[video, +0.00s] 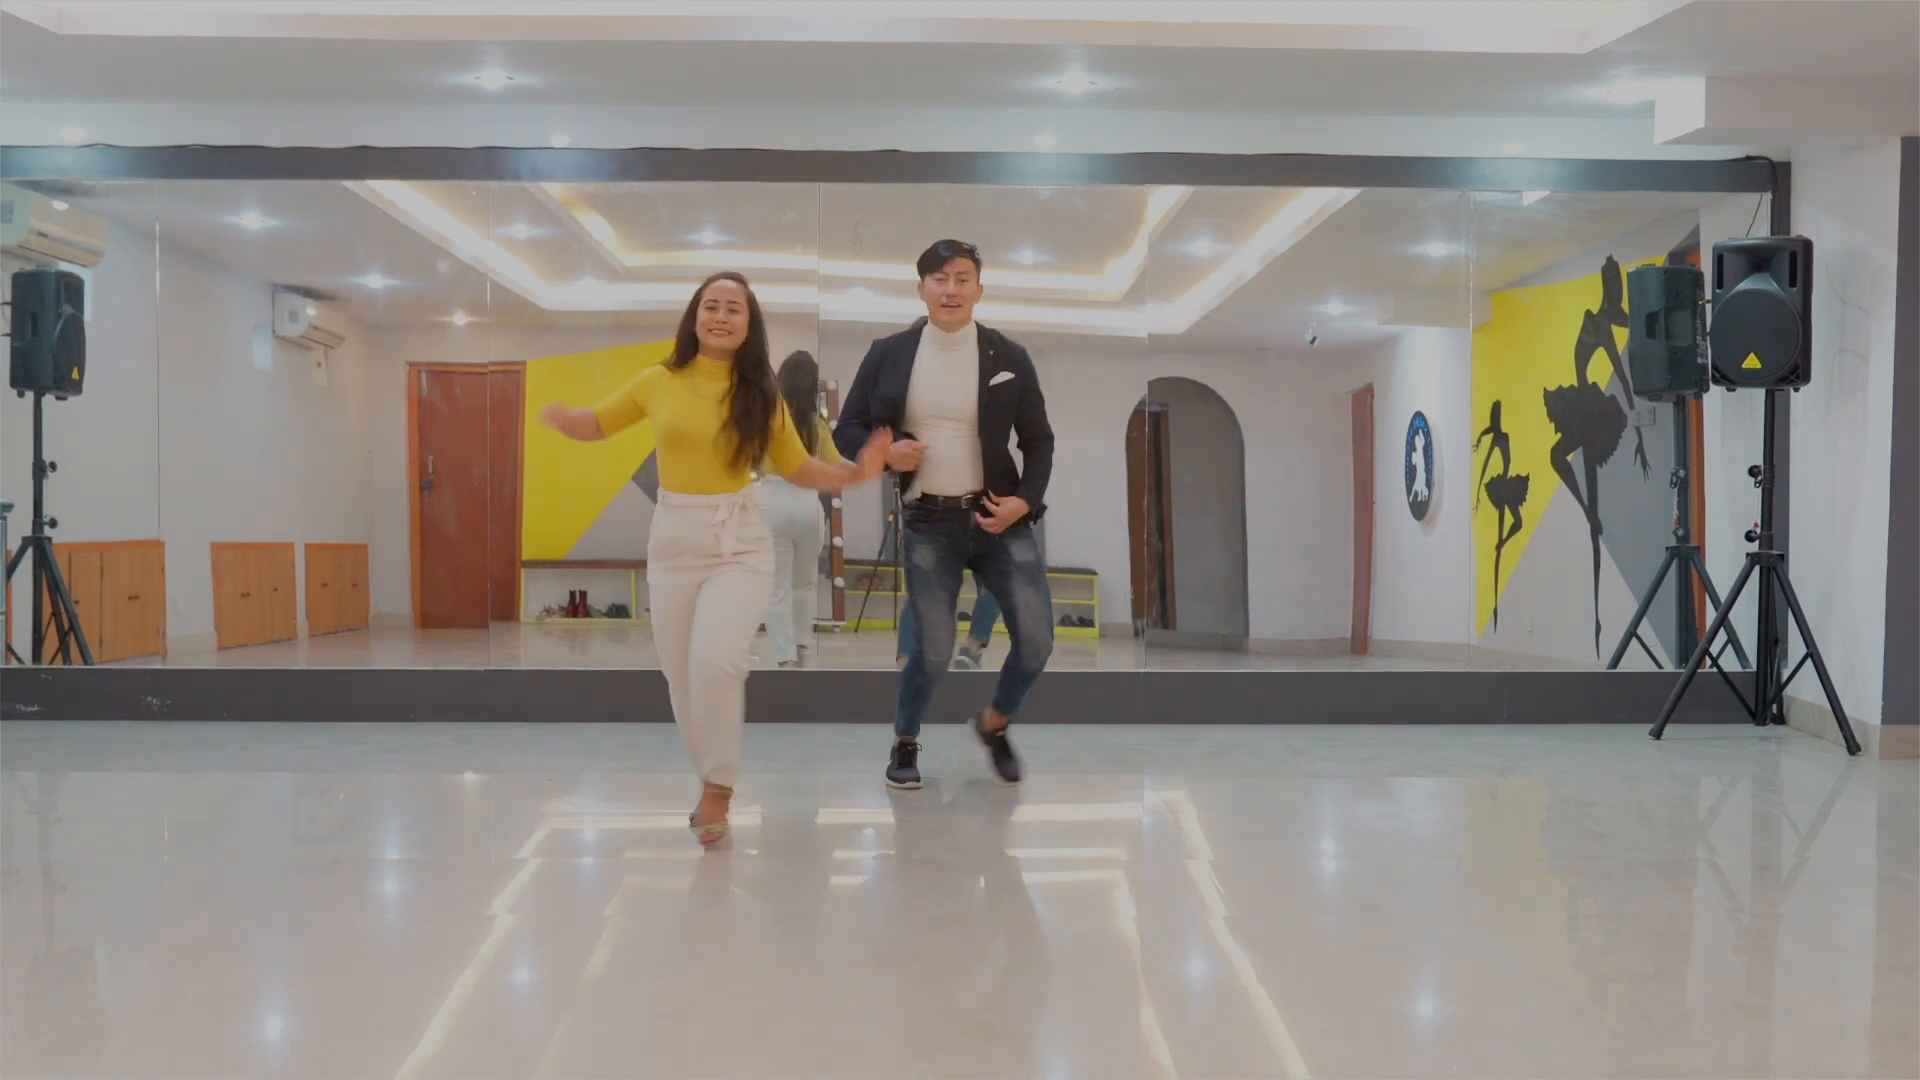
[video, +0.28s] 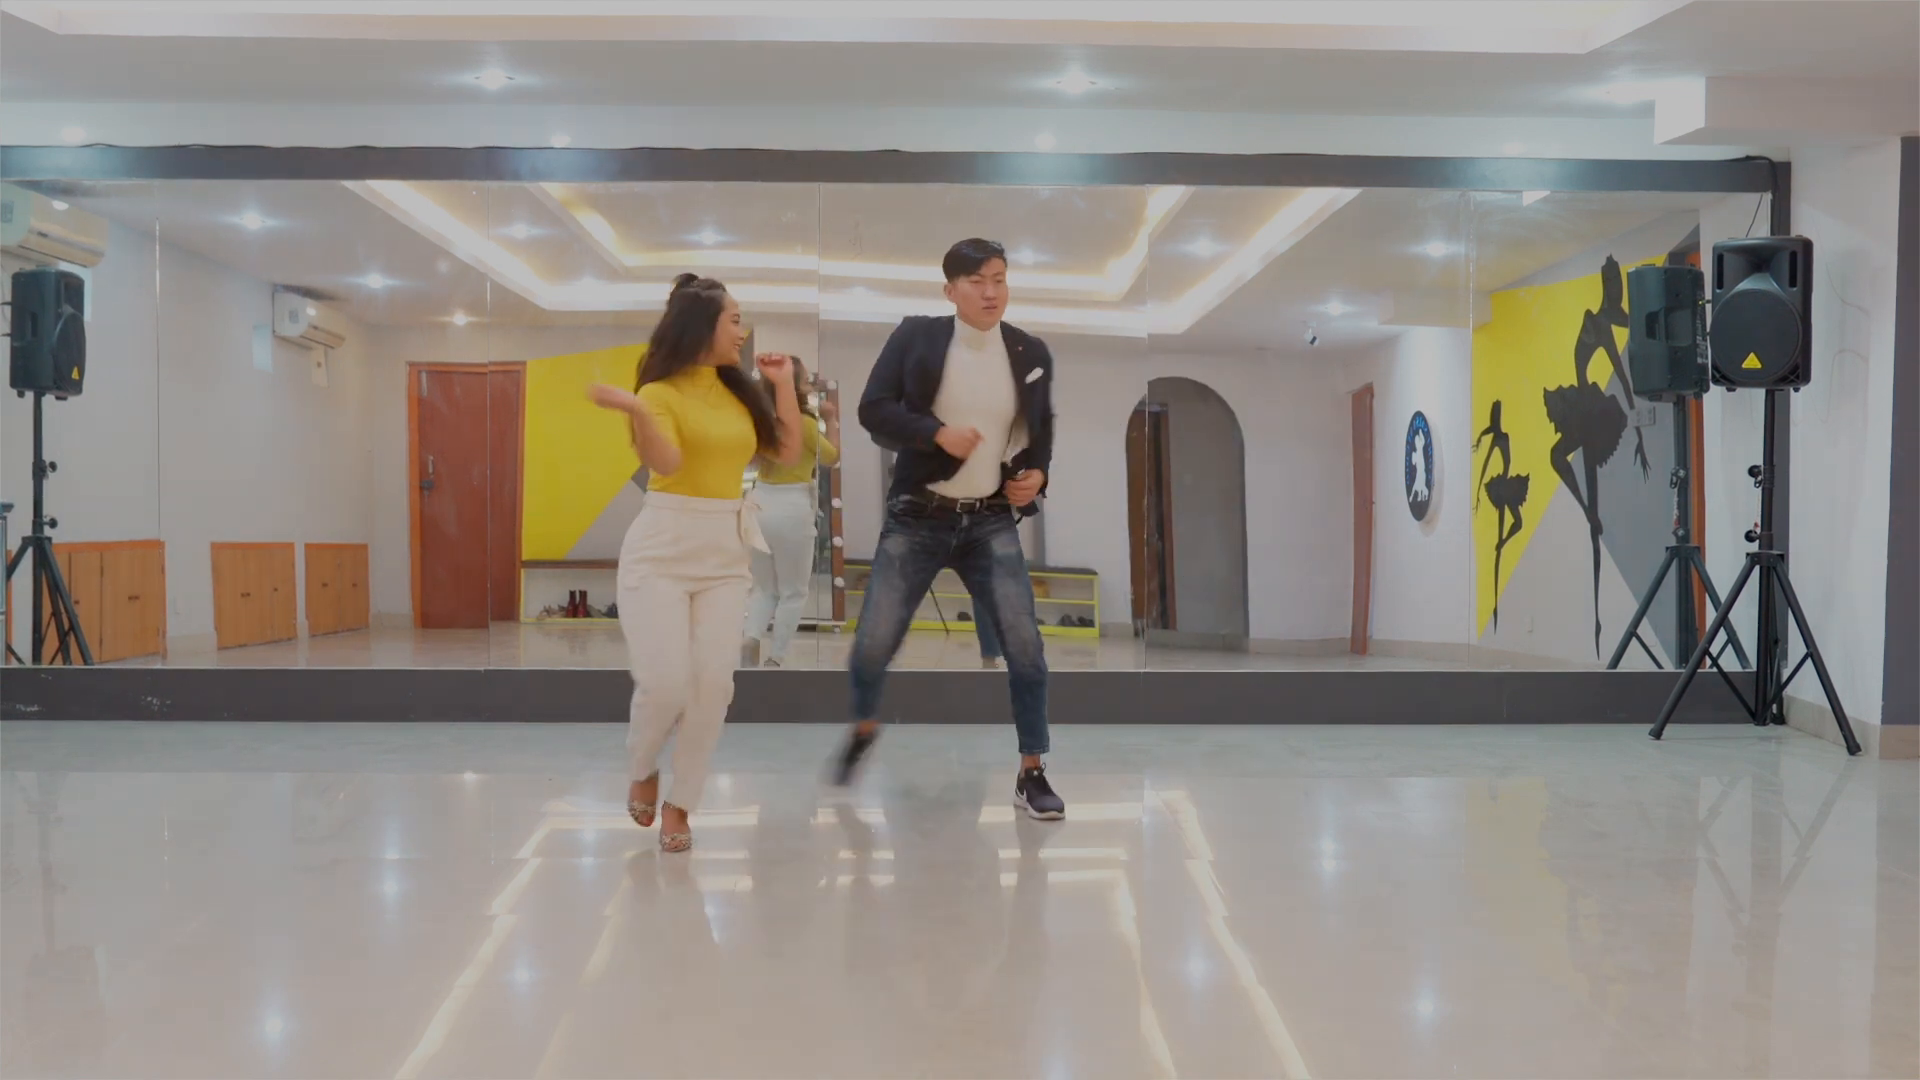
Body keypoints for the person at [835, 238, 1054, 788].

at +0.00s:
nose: (951, 289)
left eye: (962, 278)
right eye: (940, 279)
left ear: (979, 288)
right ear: (922, 288)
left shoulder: (1009, 358)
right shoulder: (887, 355)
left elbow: (1039, 439)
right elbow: (847, 430)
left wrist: (1026, 499)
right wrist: (883, 452)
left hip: (1001, 517)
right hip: (929, 520)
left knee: (1036, 643)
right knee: (934, 652)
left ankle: (994, 725)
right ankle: (906, 742)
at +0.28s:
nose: (991, 292)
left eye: (998, 281)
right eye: (977, 281)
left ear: (1008, 285)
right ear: (951, 288)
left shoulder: (1030, 354)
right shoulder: (915, 336)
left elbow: (1042, 430)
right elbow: (873, 409)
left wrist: (1035, 473)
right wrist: (934, 433)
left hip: (992, 520)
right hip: (917, 515)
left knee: (1025, 644)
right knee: (872, 643)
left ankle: (1032, 769)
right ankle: (864, 727)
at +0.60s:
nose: (964, 301)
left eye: (974, 290)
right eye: (951, 289)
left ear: (984, 295)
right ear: (926, 294)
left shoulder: (1002, 351)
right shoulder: (891, 361)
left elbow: (1034, 417)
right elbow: (852, 446)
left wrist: (1027, 471)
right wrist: (917, 490)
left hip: (983, 537)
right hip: (901, 538)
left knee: (1045, 651)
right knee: (829, 653)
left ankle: (1053, 763)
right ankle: (771, 757)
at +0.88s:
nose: (886, 311)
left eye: (901, 300)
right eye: (885, 300)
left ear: (936, 310)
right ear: (886, 306)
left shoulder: (952, 368)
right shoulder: (893, 375)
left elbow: (982, 427)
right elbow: (881, 448)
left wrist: (925, 485)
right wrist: (862, 485)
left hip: (949, 551)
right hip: (887, 549)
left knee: (1000, 666)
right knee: (793, 631)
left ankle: (1063, 760)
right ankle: (813, 772)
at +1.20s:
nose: (824, 312)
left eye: (838, 305)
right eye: (824, 301)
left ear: (877, 315)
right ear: (825, 301)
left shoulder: (904, 363)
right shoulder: (812, 358)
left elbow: (903, 423)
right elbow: (792, 445)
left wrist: (808, 419)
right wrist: (752, 518)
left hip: (902, 535)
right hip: (844, 537)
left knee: (867, 638)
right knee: (771, 644)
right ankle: (811, 776)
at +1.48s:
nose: (807, 348)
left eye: (822, 341)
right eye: (812, 337)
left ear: (858, 360)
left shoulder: (879, 418)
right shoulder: (801, 415)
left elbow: (868, 497)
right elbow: (757, 471)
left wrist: (780, 466)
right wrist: (706, 469)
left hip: (886, 588)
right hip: (828, 591)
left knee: (813, 667)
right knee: (741, 657)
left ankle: (860, 815)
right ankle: (805, 775)